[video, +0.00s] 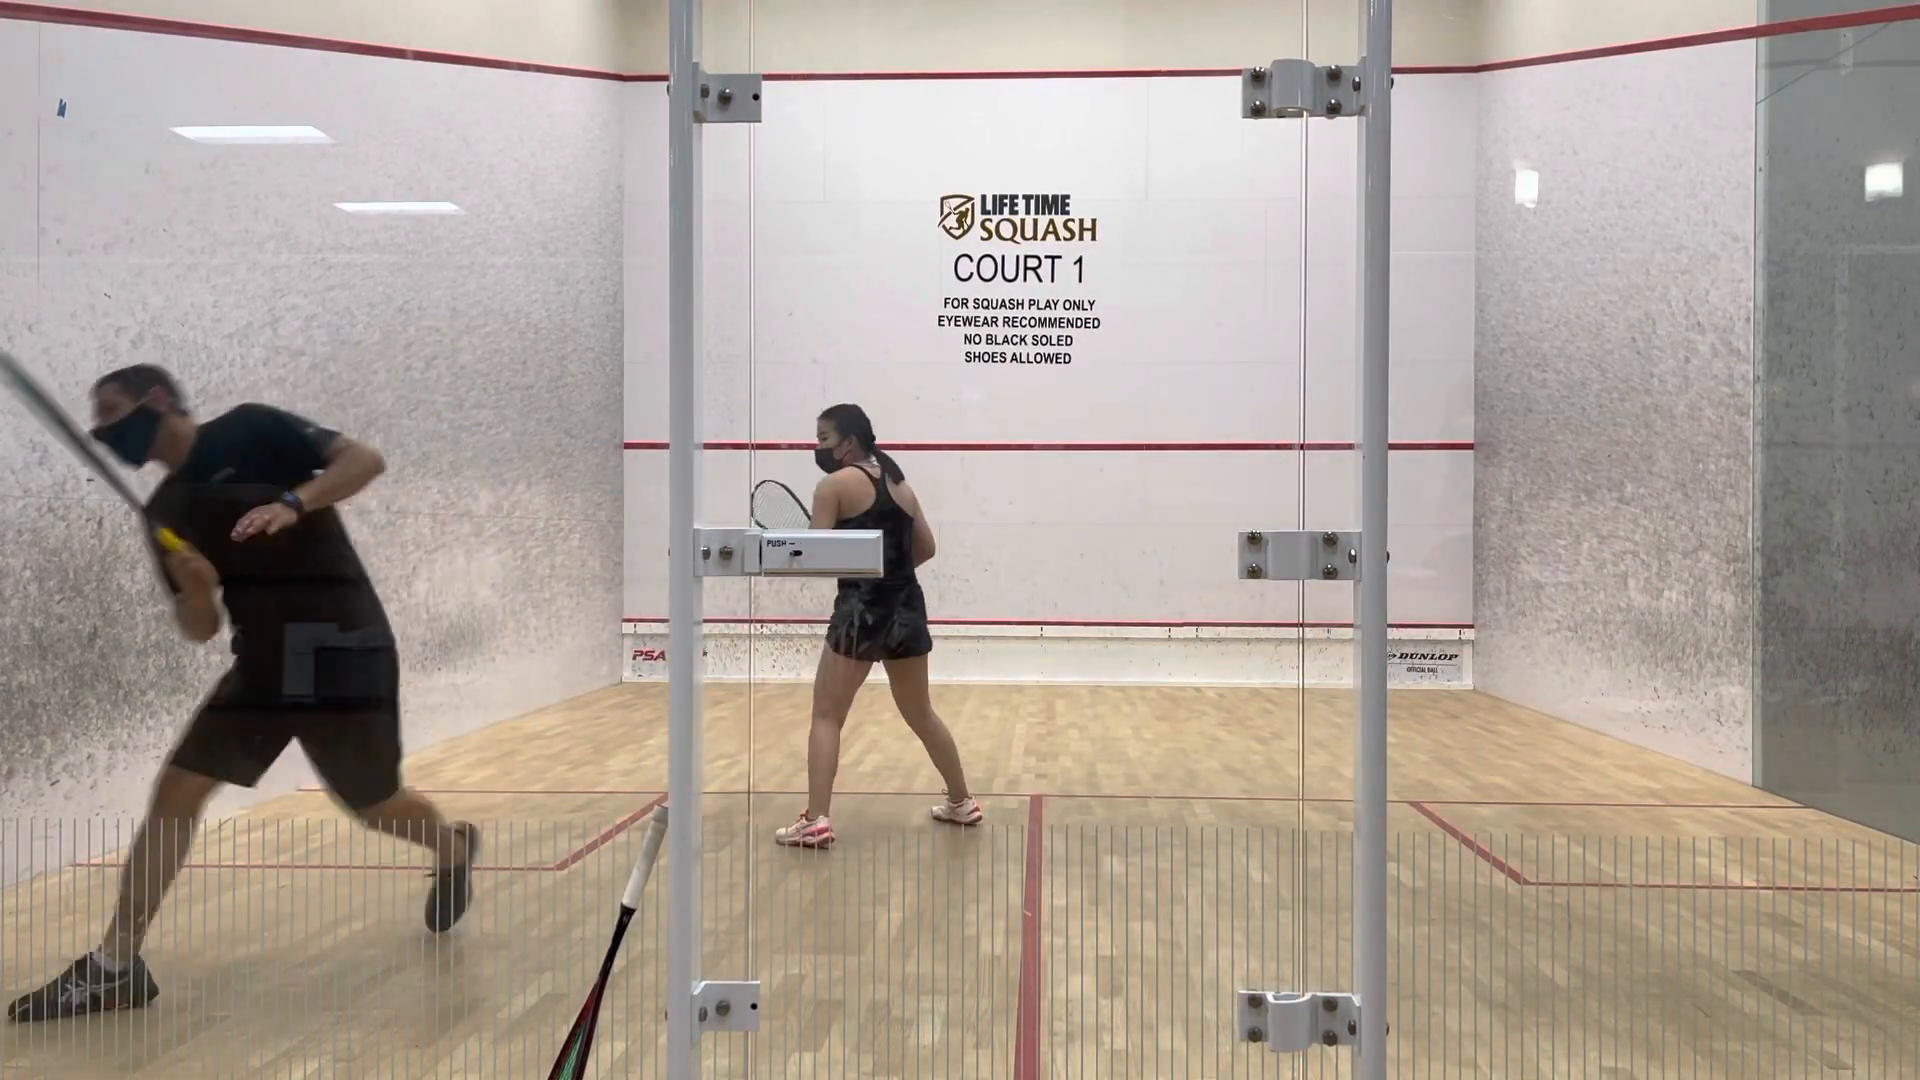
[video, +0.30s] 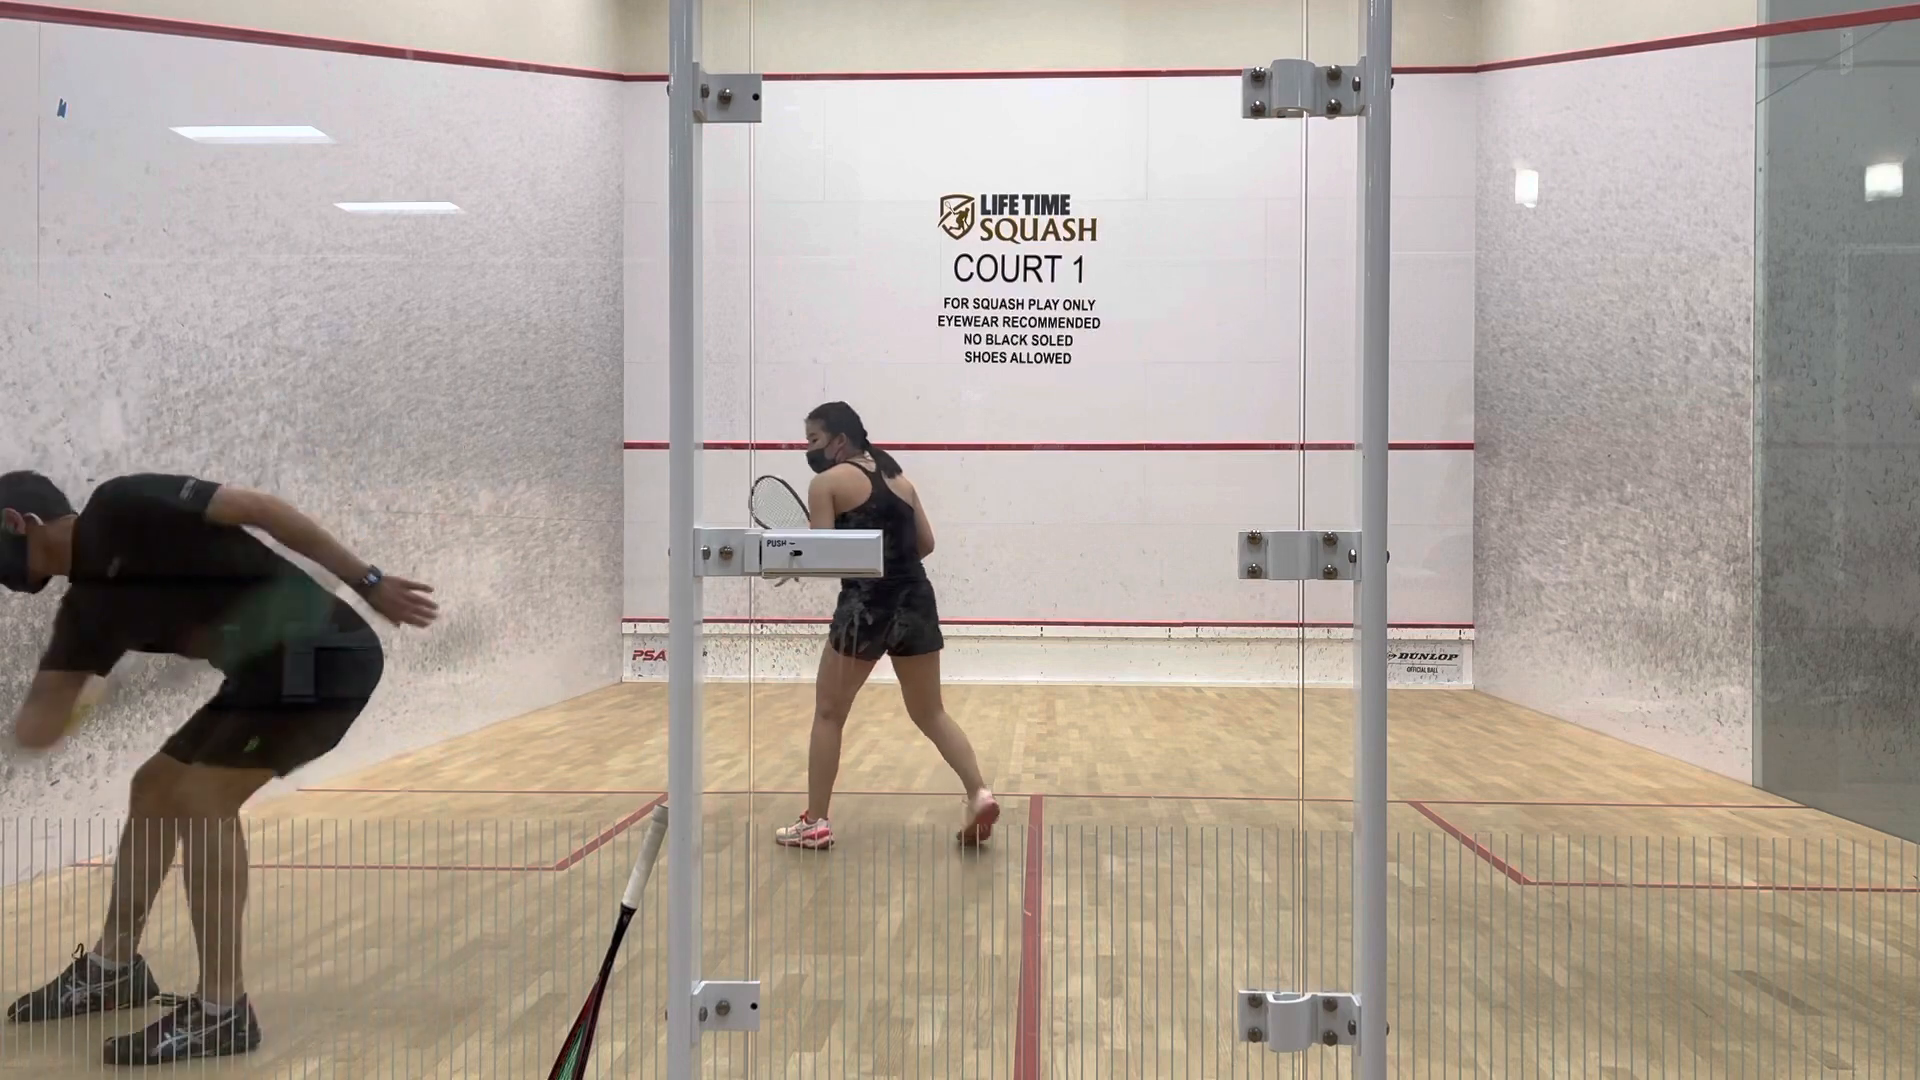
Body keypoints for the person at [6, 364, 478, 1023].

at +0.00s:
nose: (110, 436)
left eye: (115, 420)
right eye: (103, 428)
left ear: (160, 399)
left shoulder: (251, 427)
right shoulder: (163, 513)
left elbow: (365, 459)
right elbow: (199, 629)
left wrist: (295, 505)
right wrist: (199, 587)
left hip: (344, 641)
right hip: (264, 659)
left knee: (374, 803)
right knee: (177, 794)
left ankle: (455, 844)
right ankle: (118, 960)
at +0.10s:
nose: (49, 480)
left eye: (52, 462)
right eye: (41, 472)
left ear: (94, 436)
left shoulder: (193, 447)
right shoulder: (113, 552)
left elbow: (321, 455)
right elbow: (148, 650)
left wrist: (294, 508)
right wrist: (147, 568)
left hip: (329, 637)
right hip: (248, 654)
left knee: (279, 790)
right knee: (144, 776)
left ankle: (382, 875)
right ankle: (115, 959)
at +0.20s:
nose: (22, 533)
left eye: (17, 514)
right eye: (12, 527)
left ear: (40, 482)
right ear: (33, 496)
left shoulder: (141, 476)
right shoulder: (85, 585)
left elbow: (276, 473)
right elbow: (97, 677)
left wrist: (322, 550)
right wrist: (118, 584)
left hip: (324, 632)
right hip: (254, 663)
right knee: (147, 778)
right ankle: (112, 962)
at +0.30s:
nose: (14, 573)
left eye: (9, 553)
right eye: (6, 563)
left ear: (22, 522)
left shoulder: (122, 503)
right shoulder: (90, 610)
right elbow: (35, 729)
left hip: (321, 647)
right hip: (263, 666)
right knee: (154, 787)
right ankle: (114, 963)